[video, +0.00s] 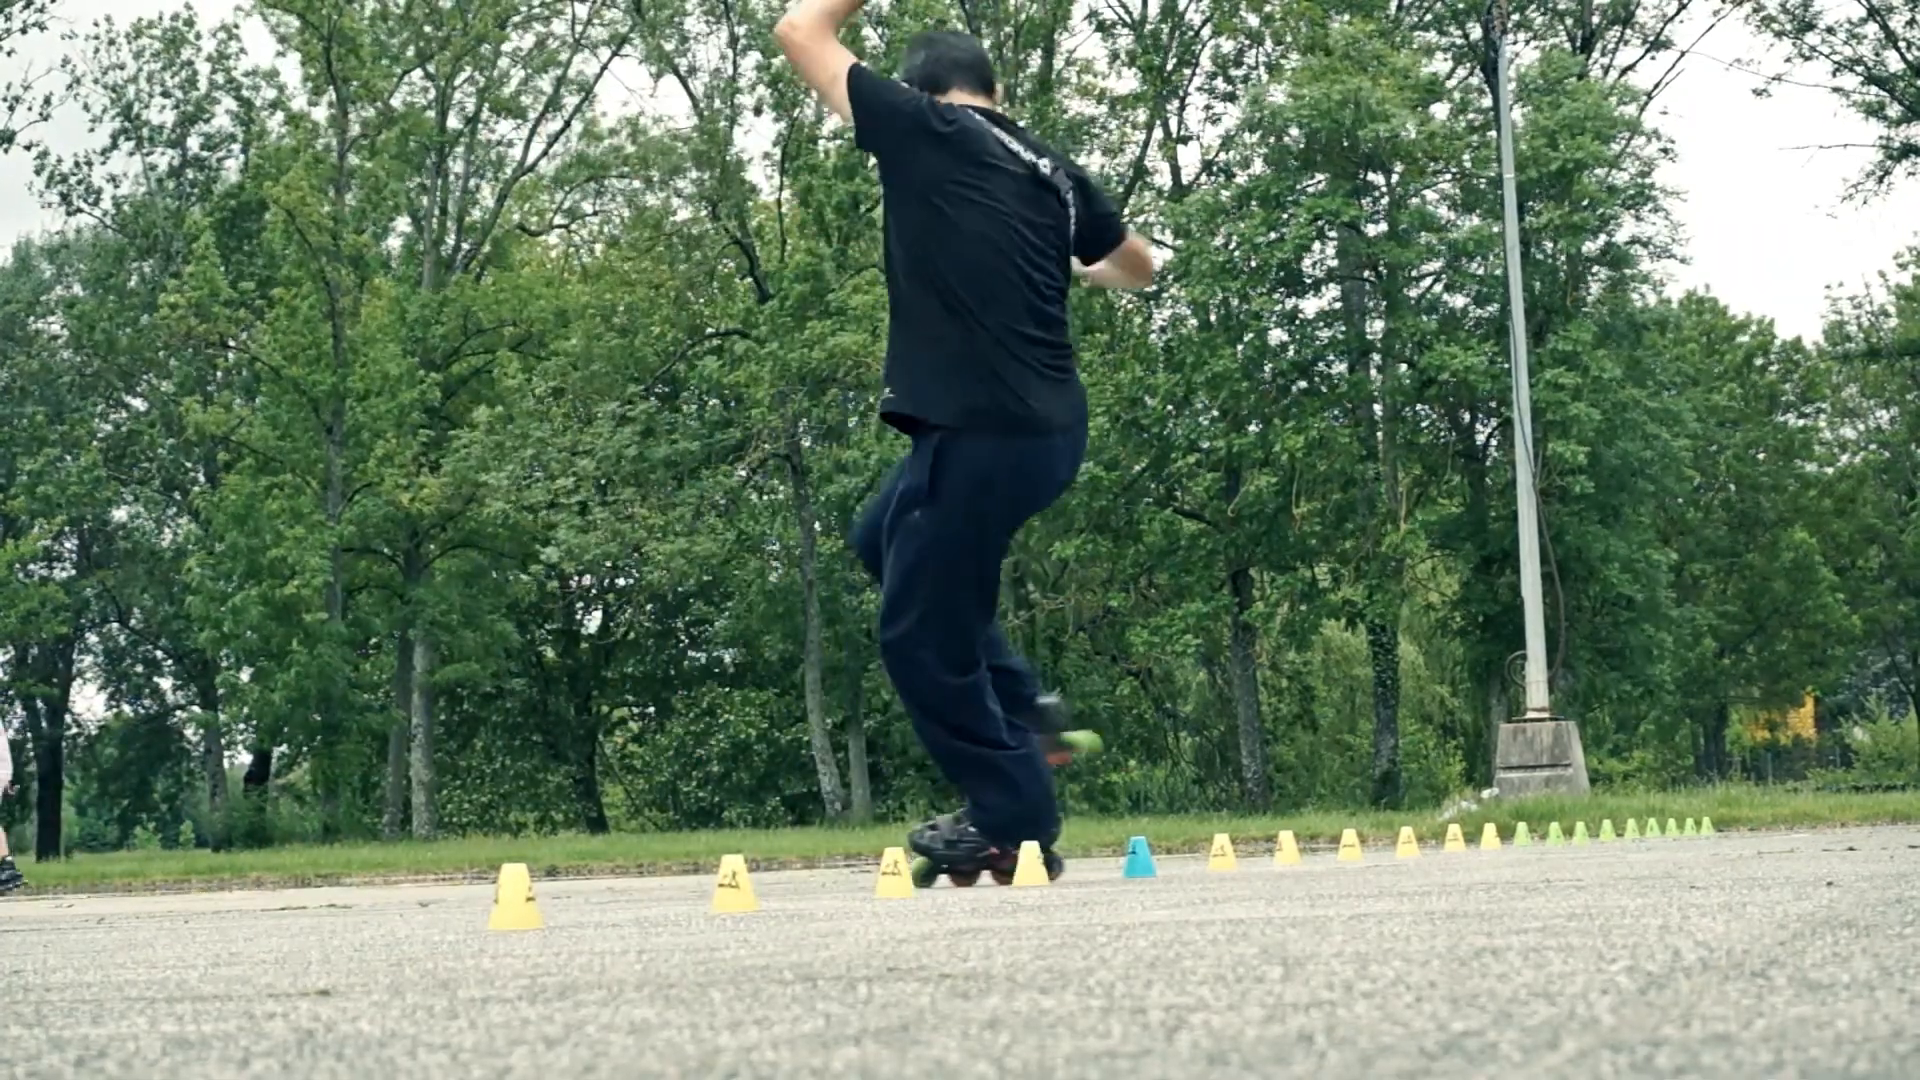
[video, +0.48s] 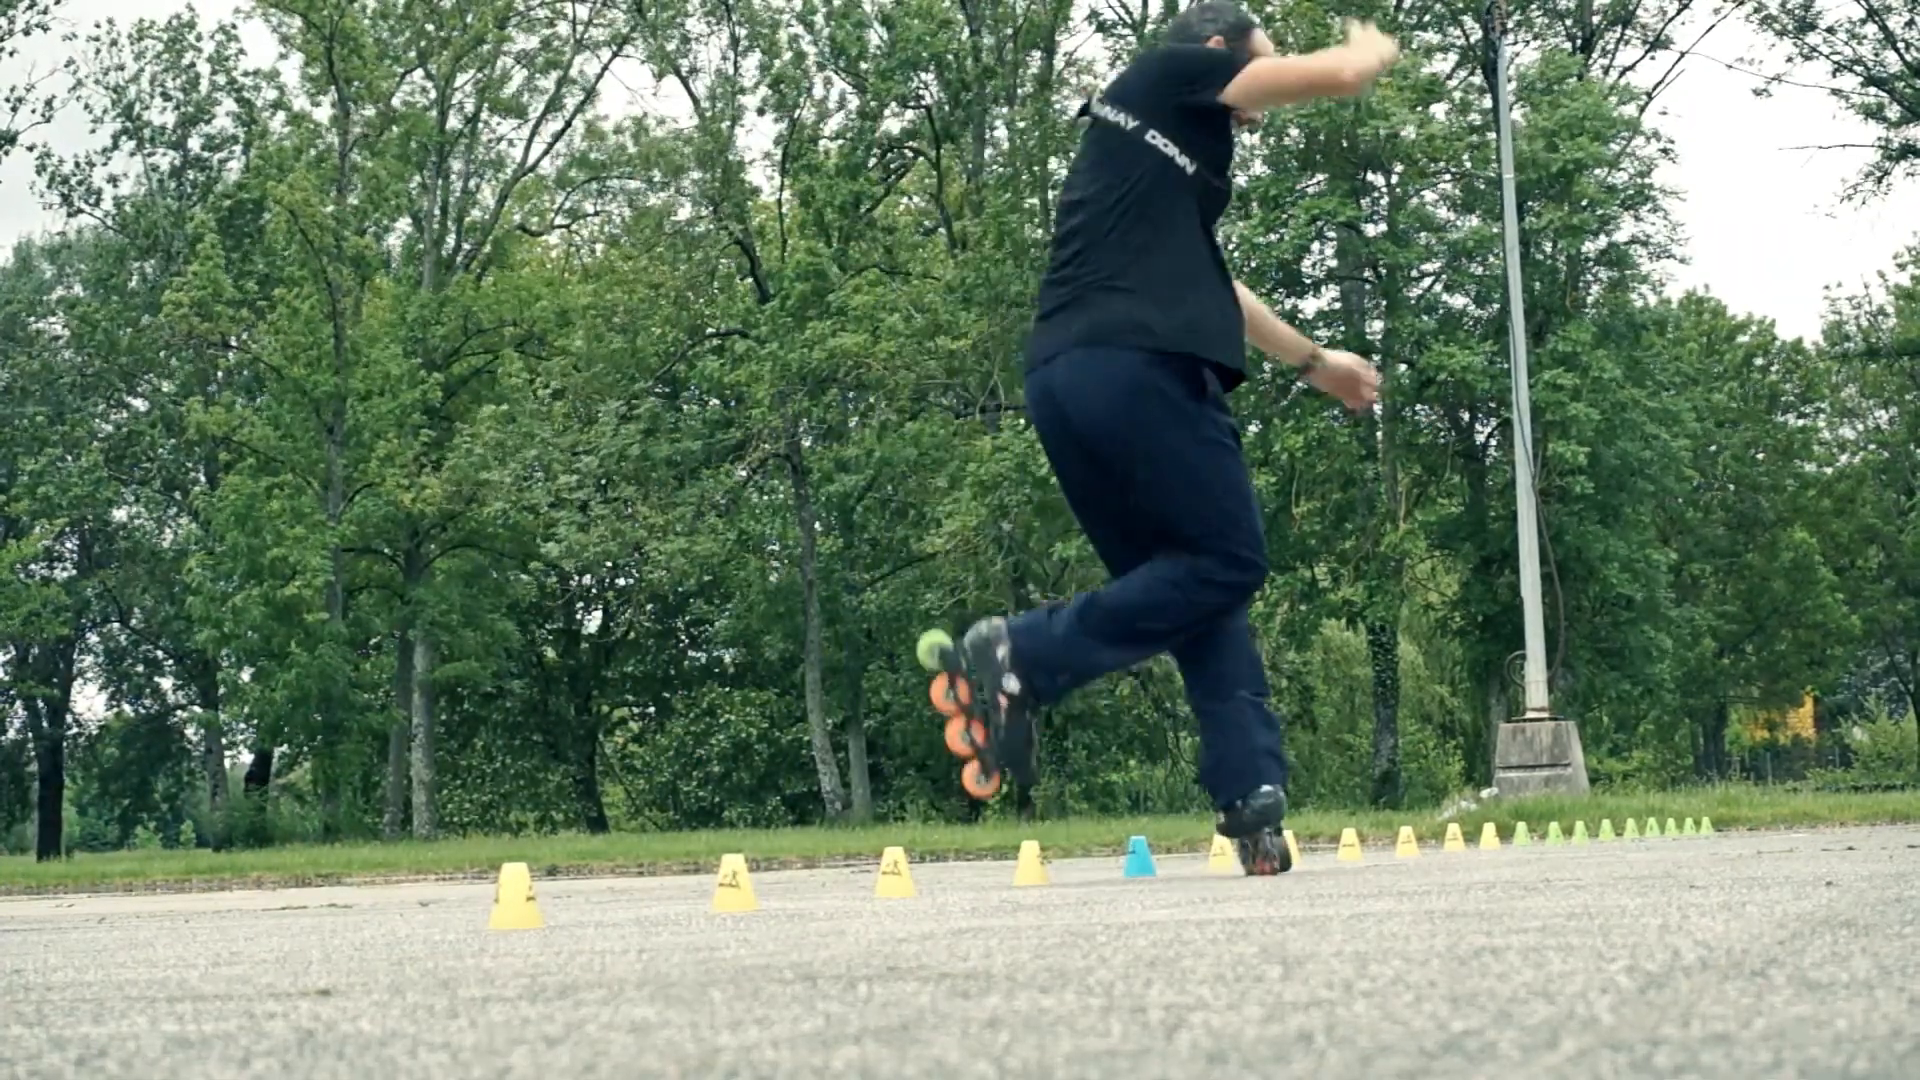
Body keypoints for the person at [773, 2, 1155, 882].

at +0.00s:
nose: (896, 113)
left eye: (900, 100)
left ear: (920, 94)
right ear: (995, 92)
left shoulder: (918, 121)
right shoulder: (1054, 170)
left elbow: (802, 33)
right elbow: (1138, 265)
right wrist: (1077, 259)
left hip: (984, 431)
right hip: (1047, 429)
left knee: (920, 636)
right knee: (878, 535)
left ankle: (1010, 815)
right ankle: (1020, 707)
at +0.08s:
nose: (941, 102)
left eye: (943, 95)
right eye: (951, 96)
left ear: (951, 97)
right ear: (1034, 95)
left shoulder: (923, 133)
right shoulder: (1084, 161)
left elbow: (816, 68)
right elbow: (1223, 222)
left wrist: (863, 6)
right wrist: (1259, 206)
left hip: (980, 439)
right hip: (1078, 430)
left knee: (945, 640)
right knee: (1021, 571)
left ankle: (1054, 814)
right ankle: (1172, 677)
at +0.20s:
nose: (1111, 94)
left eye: (1105, 87)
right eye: (1110, 83)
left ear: (1016, 83)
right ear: (1100, 82)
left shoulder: (962, 142)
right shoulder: (1136, 137)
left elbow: (895, 145)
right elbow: (1288, 133)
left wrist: (907, 77)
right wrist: (1351, 76)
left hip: (1002, 427)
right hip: (1111, 407)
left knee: (1016, 624)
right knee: (1135, 546)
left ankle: (1136, 811)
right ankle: (1205, 615)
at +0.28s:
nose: (1153, 83)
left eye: (1152, 74)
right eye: (1153, 71)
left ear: (1060, 64)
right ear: (1136, 65)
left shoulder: (993, 145)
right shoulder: (1153, 113)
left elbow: (988, 205)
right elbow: (1302, 82)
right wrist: (1352, 10)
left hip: (1014, 411)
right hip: (1123, 387)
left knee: (1084, 632)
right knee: (1194, 536)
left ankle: (1192, 817)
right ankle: (1167, 594)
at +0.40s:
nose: (1225, 78)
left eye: (1224, 64)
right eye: (1218, 62)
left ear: (1139, 50)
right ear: (1184, 49)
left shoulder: (1081, 124)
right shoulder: (1165, 83)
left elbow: (1102, 264)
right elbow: (1315, 46)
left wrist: (1197, 310)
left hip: (1041, 389)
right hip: (1125, 366)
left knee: (1161, 609)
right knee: (1235, 556)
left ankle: (1238, 804)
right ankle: (1048, 612)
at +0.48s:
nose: (1266, 75)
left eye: (1267, 66)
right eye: (1261, 62)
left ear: (1202, 46)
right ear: (1227, 45)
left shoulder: (1164, 148)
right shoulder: (1174, 66)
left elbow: (1214, 287)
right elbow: (1327, 72)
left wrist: (1314, 361)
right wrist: (1365, 55)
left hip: (1060, 376)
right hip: (1133, 364)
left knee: (1188, 585)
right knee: (1226, 563)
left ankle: (1250, 797)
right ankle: (1018, 656)